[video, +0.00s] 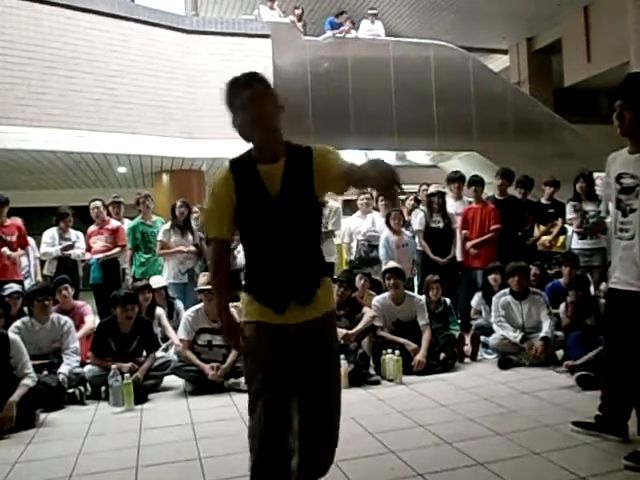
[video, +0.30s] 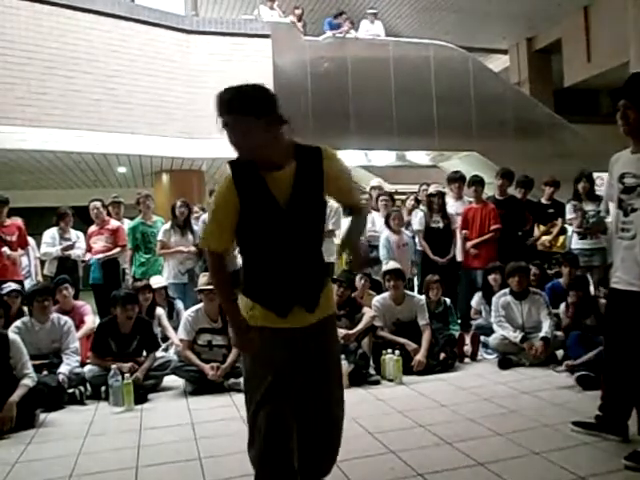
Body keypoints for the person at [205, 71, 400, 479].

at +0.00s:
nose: (256, 110)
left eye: (261, 99)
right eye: (245, 104)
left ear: (279, 105)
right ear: (234, 122)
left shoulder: (316, 161)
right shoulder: (228, 180)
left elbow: (372, 178)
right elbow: (219, 257)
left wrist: (381, 173)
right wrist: (226, 319)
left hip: (316, 312)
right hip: (262, 317)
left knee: (321, 423)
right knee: (270, 425)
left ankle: (308, 474)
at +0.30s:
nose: (229, 138)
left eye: (234, 128)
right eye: (226, 129)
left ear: (270, 125)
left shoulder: (320, 163)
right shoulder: (236, 181)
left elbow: (357, 207)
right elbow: (215, 254)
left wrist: (352, 244)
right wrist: (236, 323)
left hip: (318, 317)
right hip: (263, 322)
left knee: (323, 422)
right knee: (271, 426)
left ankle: (310, 477)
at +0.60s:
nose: (255, 156)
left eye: (266, 145)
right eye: (247, 146)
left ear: (290, 148)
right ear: (239, 153)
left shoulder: (319, 193)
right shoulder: (232, 203)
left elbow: (367, 234)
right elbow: (202, 260)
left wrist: (347, 285)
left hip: (316, 320)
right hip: (263, 323)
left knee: (328, 419)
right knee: (275, 404)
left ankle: (325, 477)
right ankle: (270, 479)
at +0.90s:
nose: (246, 151)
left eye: (254, 144)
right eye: (241, 144)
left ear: (277, 146)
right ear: (235, 149)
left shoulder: (305, 194)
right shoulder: (225, 196)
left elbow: (318, 252)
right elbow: (174, 236)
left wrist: (320, 294)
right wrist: (181, 192)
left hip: (306, 322)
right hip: (253, 328)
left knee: (326, 417)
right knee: (252, 417)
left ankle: (315, 477)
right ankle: (250, 455)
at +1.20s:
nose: (210, 188)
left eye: (214, 180)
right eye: (208, 180)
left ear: (239, 176)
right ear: (214, 180)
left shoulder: (275, 209)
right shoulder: (212, 218)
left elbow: (276, 259)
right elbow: (210, 265)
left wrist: (233, 239)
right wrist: (209, 286)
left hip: (280, 316)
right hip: (238, 317)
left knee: (287, 389)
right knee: (243, 393)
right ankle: (251, 454)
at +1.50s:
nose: (245, 174)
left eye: (250, 167)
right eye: (237, 167)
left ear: (258, 168)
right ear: (223, 170)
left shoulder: (272, 204)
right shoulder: (208, 207)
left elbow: (290, 244)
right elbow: (201, 252)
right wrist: (196, 260)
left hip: (267, 292)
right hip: (229, 294)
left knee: (268, 362)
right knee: (238, 357)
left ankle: (253, 411)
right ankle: (241, 430)